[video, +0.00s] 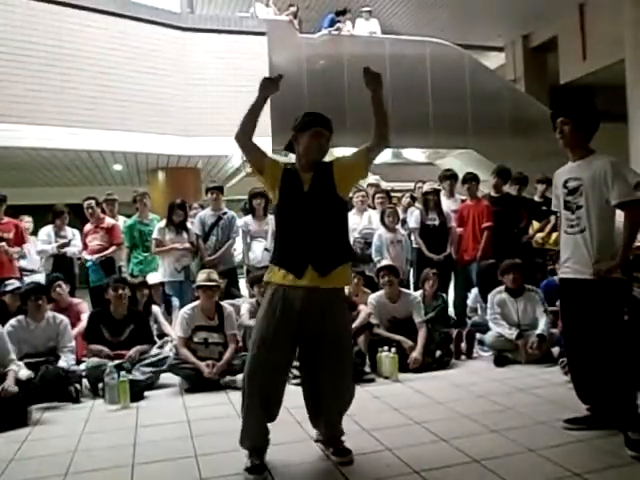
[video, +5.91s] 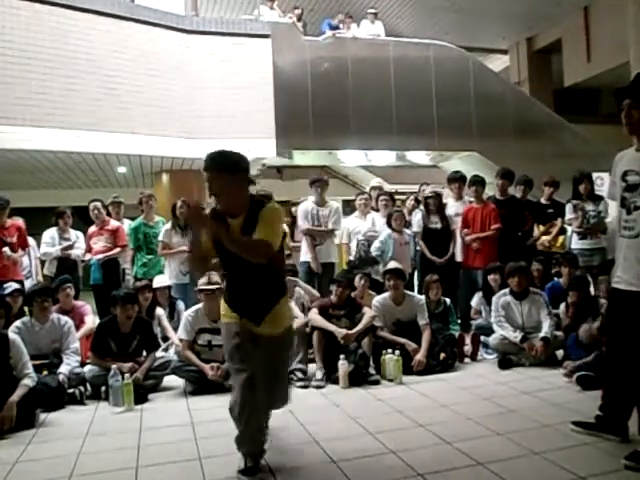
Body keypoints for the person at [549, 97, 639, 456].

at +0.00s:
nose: (561, 133)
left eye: (566, 127)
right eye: (558, 128)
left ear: (585, 130)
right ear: (558, 134)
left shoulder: (607, 166)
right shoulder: (560, 175)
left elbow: (632, 211)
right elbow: (562, 220)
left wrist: (622, 259)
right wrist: (560, 256)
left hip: (604, 275)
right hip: (571, 275)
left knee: (607, 346)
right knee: (578, 346)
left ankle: (620, 412)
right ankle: (597, 409)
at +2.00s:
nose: (555, 133)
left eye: (560, 127)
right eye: (554, 128)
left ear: (578, 128)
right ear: (560, 133)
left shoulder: (607, 164)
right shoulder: (562, 174)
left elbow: (634, 210)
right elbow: (562, 221)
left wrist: (624, 258)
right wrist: (562, 255)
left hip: (607, 277)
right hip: (574, 277)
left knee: (615, 351)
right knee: (580, 348)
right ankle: (599, 410)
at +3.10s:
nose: (607, 116)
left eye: (612, 108)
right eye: (606, 109)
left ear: (629, 111)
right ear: (611, 114)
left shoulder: (634, 159)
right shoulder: (610, 157)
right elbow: (610, 212)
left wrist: (638, 269)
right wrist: (589, 219)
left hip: (633, 279)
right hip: (610, 276)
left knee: (636, 360)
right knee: (603, 350)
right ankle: (605, 415)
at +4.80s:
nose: (620, 119)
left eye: (626, 112)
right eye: (618, 113)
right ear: (619, 119)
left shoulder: (632, 163)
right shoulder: (617, 161)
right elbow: (612, 216)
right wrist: (592, 226)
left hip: (637, 281)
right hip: (620, 278)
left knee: (635, 359)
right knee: (617, 353)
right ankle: (612, 418)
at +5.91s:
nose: (627, 119)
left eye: (630, 111)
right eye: (625, 111)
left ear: (639, 115)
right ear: (626, 117)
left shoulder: (628, 161)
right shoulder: (622, 160)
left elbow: (615, 218)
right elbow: (614, 218)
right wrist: (611, 264)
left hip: (634, 280)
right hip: (624, 277)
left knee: (631, 355)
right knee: (618, 351)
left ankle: (638, 440)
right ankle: (612, 419)